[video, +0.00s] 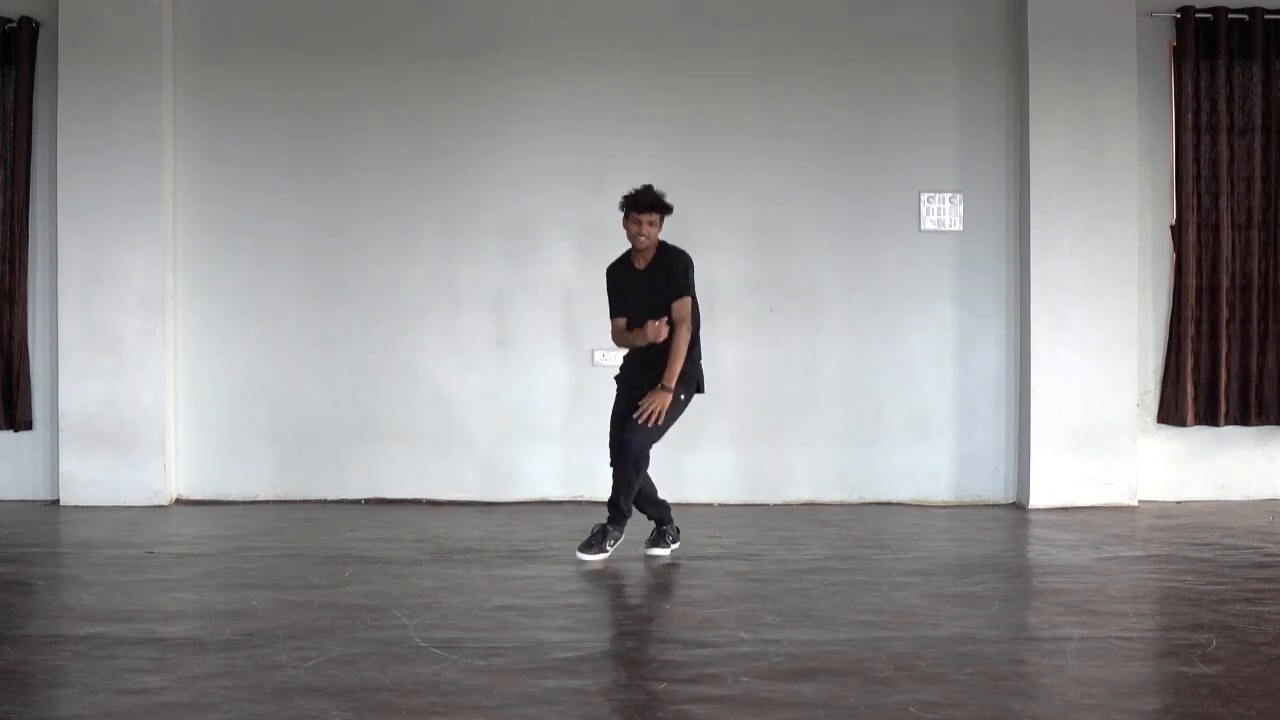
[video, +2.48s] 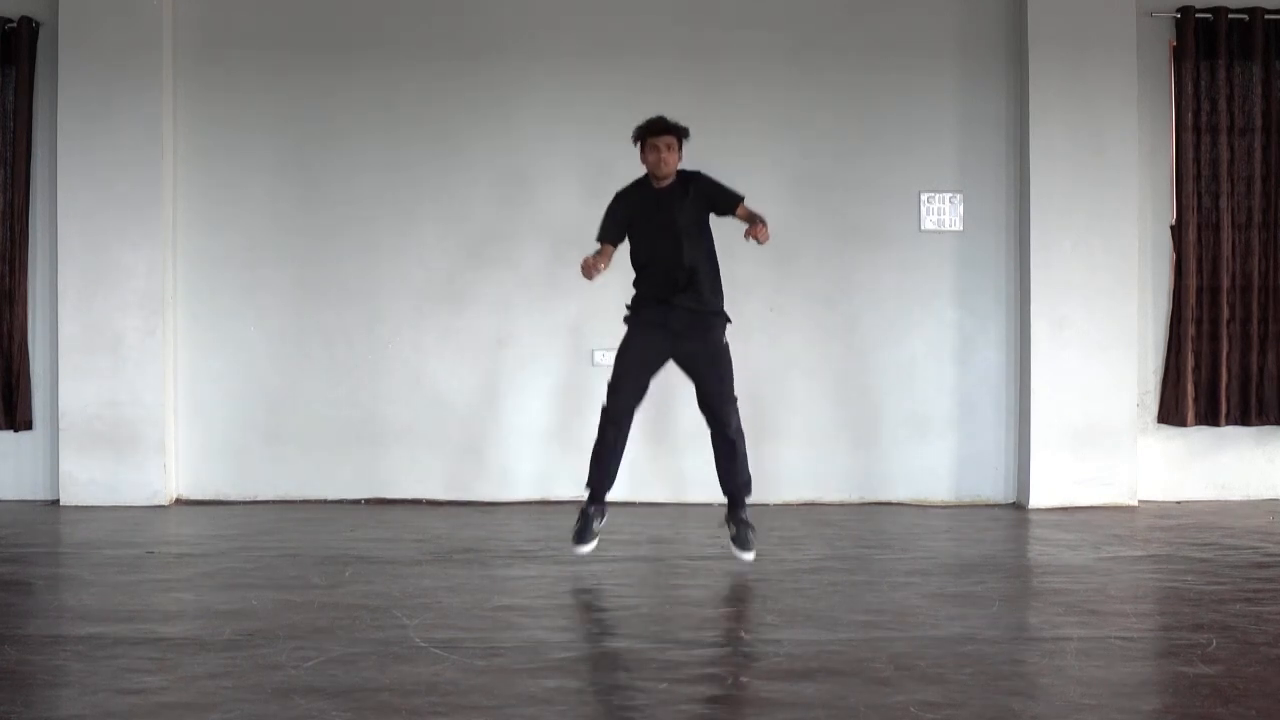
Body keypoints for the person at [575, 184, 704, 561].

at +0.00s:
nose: (643, 231)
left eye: (651, 224)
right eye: (636, 223)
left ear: (661, 226)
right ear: (625, 225)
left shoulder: (677, 263)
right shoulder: (617, 271)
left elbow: (684, 327)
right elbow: (618, 336)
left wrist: (667, 387)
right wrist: (642, 337)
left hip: (677, 371)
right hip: (635, 369)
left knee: (634, 438)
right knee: (621, 452)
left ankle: (613, 526)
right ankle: (665, 523)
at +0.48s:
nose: (689, 350)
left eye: (695, 344)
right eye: (684, 342)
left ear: (702, 340)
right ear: (665, 328)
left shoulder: (703, 355)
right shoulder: (634, 356)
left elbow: (712, 417)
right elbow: (608, 409)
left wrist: (735, 472)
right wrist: (605, 472)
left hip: (705, 476)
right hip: (661, 478)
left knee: (730, 553)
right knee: (678, 554)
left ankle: (667, 542)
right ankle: (639, 544)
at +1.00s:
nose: (658, 368)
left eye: (665, 363)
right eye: (652, 361)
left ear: (673, 357)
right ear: (635, 349)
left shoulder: (682, 367)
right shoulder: (610, 376)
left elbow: (696, 415)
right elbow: (592, 434)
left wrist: (715, 468)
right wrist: (591, 495)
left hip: (685, 478)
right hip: (639, 483)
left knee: (733, 530)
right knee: (653, 534)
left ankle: (648, 555)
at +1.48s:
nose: (652, 302)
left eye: (659, 295)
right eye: (645, 294)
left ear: (669, 291)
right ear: (632, 286)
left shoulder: (683, 309)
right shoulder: (615, 312)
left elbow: (714, 361)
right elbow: (602, 369)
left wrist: (721, 420)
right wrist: (599, 431)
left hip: (682, 395)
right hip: (638, 399)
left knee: (678, 452)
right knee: (642, 468)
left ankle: (676, 528)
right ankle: (651, 527)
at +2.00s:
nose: (668, 210)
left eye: (676, 204)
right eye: (661, 204)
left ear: (686, 211)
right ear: (649, 211)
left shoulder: (702, 253)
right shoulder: (633, 257)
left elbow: (737, 291)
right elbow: (597, 302)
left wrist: (737, 301)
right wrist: (589, 322)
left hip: (698, 370)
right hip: (653, 371)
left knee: (688, 450)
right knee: (649, 455)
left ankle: (696, 533)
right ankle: (656, 532)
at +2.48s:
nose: (661, 157)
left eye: (668, 148)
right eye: (652, 149)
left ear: (680, 152)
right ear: (641, 154)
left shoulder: (698, 187)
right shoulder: (627, 200)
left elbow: (742, 211)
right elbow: (606, 251)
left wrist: (756, 224)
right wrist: (593, 264)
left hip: (702, 323)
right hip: (648, 323)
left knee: (724, 419)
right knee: (616, 409)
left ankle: (738, 511)